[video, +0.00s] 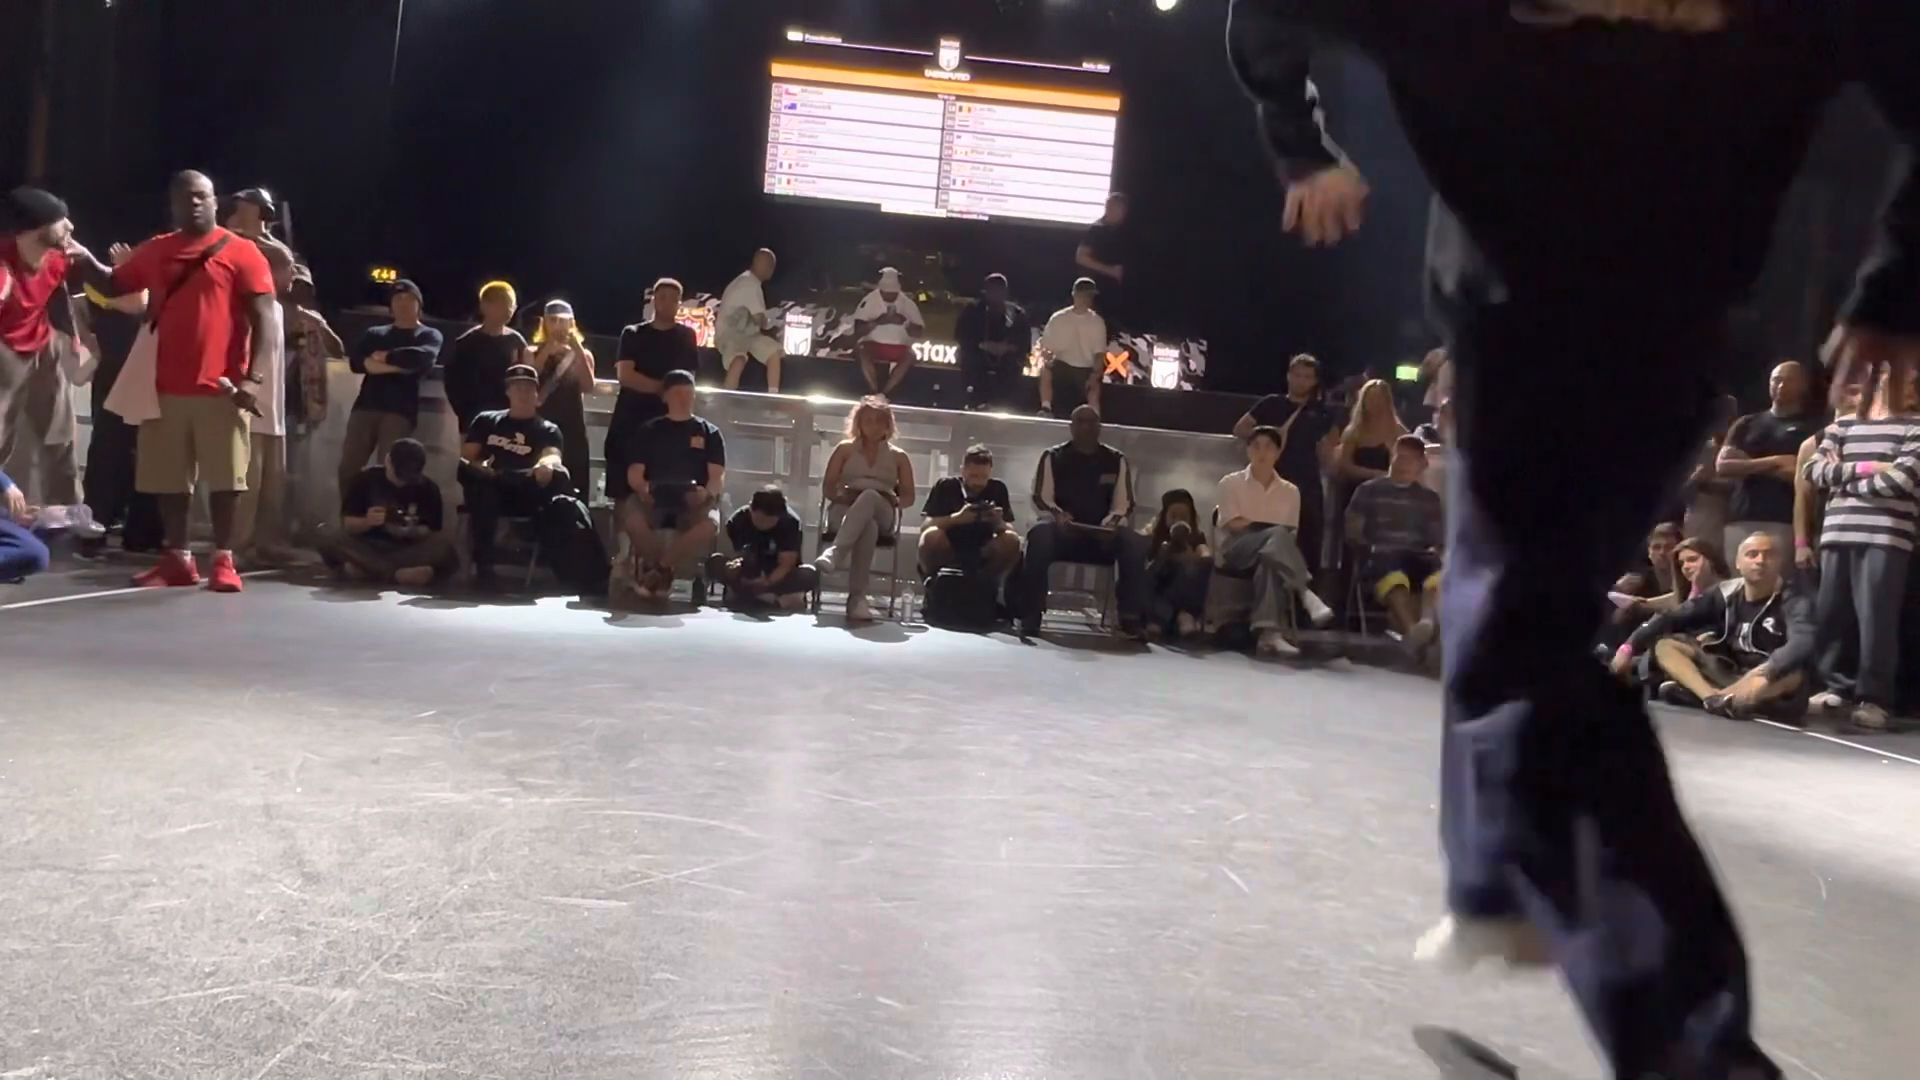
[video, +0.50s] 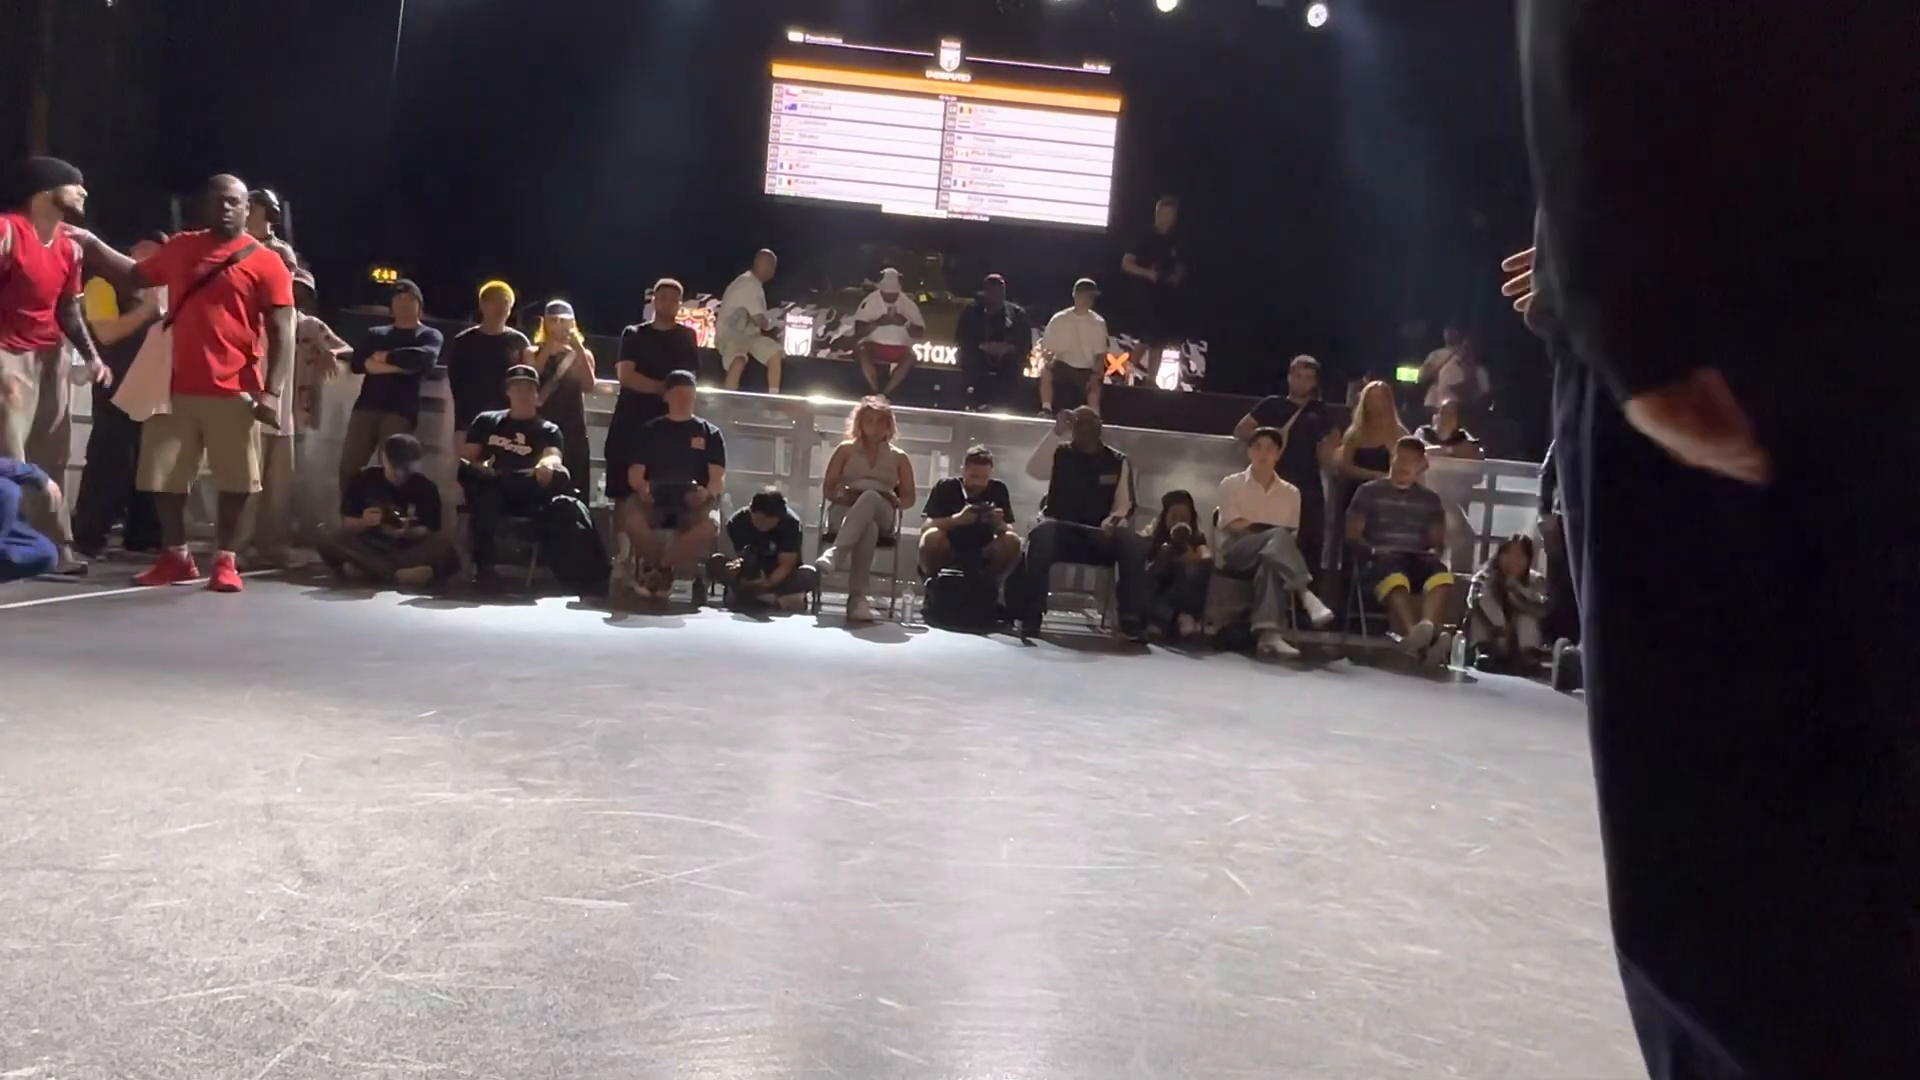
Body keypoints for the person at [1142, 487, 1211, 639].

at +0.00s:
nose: (1179, 522)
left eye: (1184, 517)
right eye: (1174, 516)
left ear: (1192, 518)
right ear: (1164, 516)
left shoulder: (1197, 538)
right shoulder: (1152, 538)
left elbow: (1206, 560)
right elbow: (1148, 571)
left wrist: (1186, 546)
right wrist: (1165, 550)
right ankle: (1184, 614)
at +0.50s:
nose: (1179, 522)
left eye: (1184, 517)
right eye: (1174, 516)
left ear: (1192, 517)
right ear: (1164, 516)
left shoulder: (1197, 539)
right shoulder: (1151, 539)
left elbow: (1207, 558)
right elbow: (1148, 572)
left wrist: (1191, 555)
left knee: (1196, 568)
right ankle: (1185, 616)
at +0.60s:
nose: (1179, 524)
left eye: (1184, 519)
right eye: (1174, 518)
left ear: (1192, 519)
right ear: (1165, 518)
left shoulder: (1197, 541)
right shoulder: (1150, 541)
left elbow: (1207, 562)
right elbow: (1147, 574)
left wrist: (1186, 549)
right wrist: (1164, 555)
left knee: (1194, 565)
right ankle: (1186, 617)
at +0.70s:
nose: (1180, 525)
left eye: (1185, 519)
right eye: (1175, 519)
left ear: (1193, 520)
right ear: (1165, 518)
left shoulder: (1197, 542)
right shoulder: (1150, 541)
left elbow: (1208, 562)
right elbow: (1148, 576)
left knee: (1198, 570)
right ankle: (1186, 618)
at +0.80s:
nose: (1179, 524)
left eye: (1184, 519)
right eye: (1175, 519)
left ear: (1192, 520)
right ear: (1165, 518)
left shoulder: (1197, 541)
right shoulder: (1150, 541)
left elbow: (1207, 562)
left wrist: (1189, 553)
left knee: (1198, 570)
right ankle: (1186, 618)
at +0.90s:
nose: (1178, 525)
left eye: (1183, 519)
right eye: (1173, 519)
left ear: (1190, 520)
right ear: (1163, 519)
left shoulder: (1195, 542)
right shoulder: (1150, 541)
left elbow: (1205, 564)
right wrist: (1165, 555)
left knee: (1197, 570)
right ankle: (1185, 619)